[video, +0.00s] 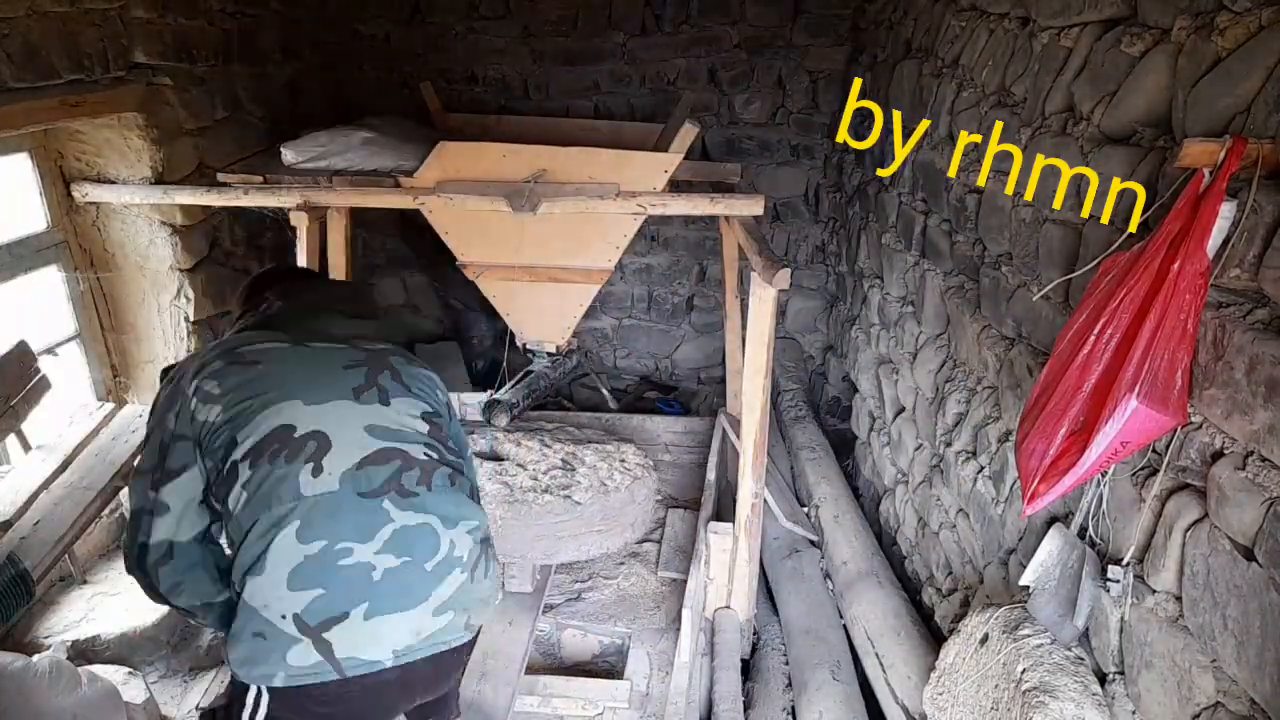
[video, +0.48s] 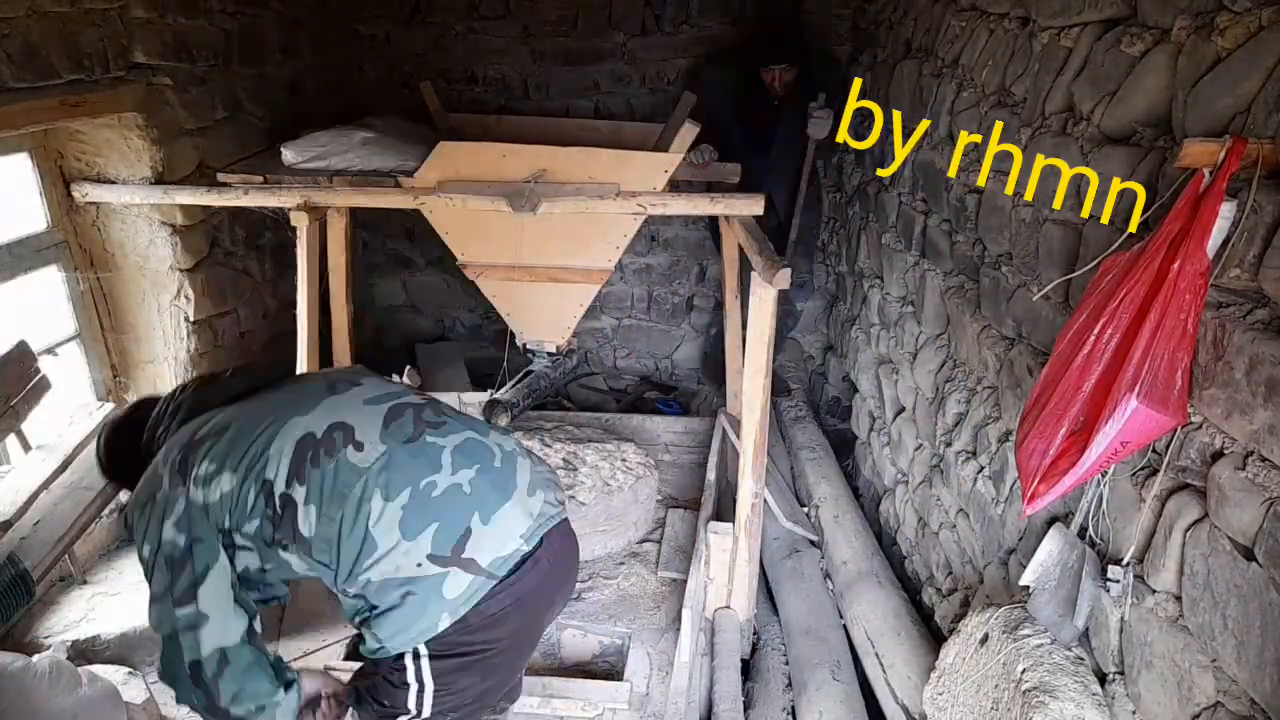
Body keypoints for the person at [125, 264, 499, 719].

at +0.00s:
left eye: (240, 309)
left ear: (249, 312)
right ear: (337, 304)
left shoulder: (199, 379)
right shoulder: (408, 367)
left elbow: (164, 548)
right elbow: (465, 495)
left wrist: (249, 620)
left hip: (311, 667)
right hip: (449, 644)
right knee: (433, 706)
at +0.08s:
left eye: (174, 320)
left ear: (184, 322)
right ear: (294, 302)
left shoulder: (145, 405)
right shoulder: (370, 354)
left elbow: (175, 588)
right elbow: (437, 471)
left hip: (300, 682)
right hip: (454, 638)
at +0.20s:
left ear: (344, 180)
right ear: (436, 196)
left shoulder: (262, 258)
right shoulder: (469, 302)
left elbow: (220, 392)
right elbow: (485, 430)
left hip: (320, 606)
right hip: (446, 576)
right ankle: (497, 646)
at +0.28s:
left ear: (374, 173)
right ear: (473, 197)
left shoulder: (290, 244)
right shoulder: (489, 324)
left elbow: (243, 374)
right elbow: (485, 457)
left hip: (304, 610)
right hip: (438, 591)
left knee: (313, 709)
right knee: (460, 537)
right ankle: (493, 651)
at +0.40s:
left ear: (333, 186)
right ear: (428, 190)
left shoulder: (268, 264)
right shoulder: (470, 291)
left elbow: (226, 422)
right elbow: (491, 419)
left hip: (337, 608)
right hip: (469, 575)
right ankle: (494, 699)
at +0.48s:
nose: (134, 505)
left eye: (130, 493)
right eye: (128, 493)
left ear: (135, 476)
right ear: (173, 416)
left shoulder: (168, 495)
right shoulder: (260, 414)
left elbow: (213, 663)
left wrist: (299, 699)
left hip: (451, 598)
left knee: (393, 704)